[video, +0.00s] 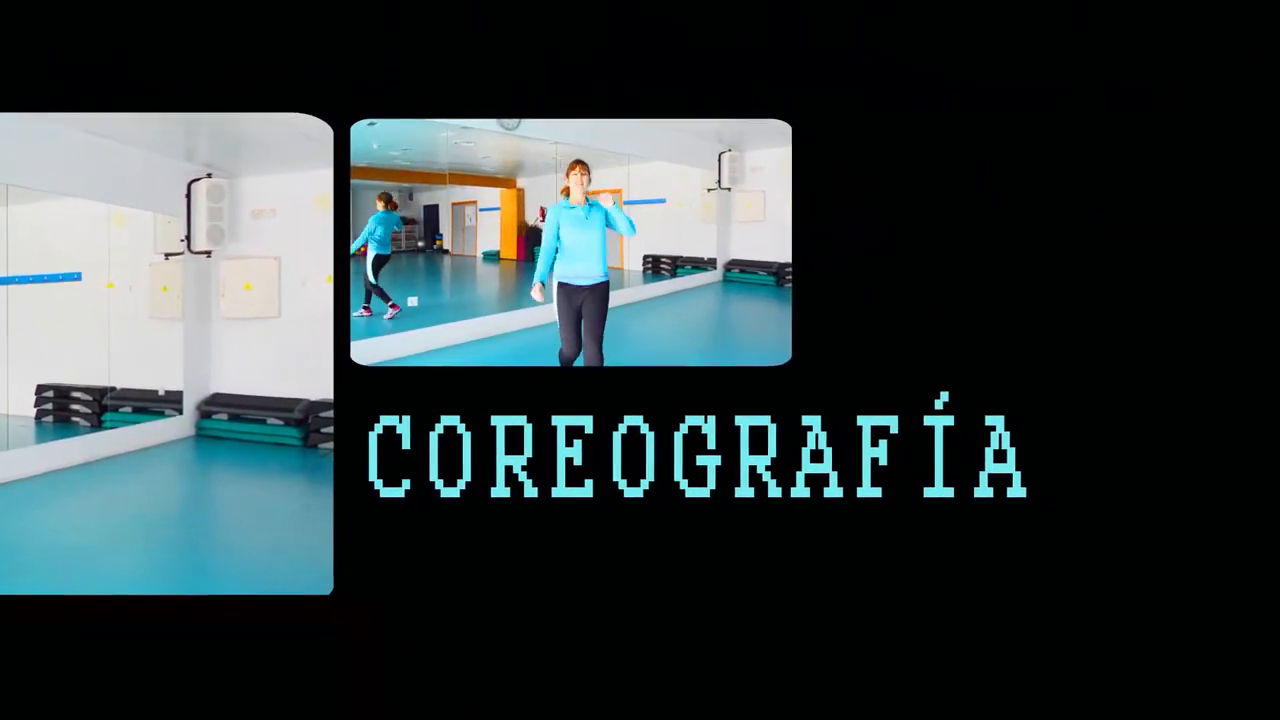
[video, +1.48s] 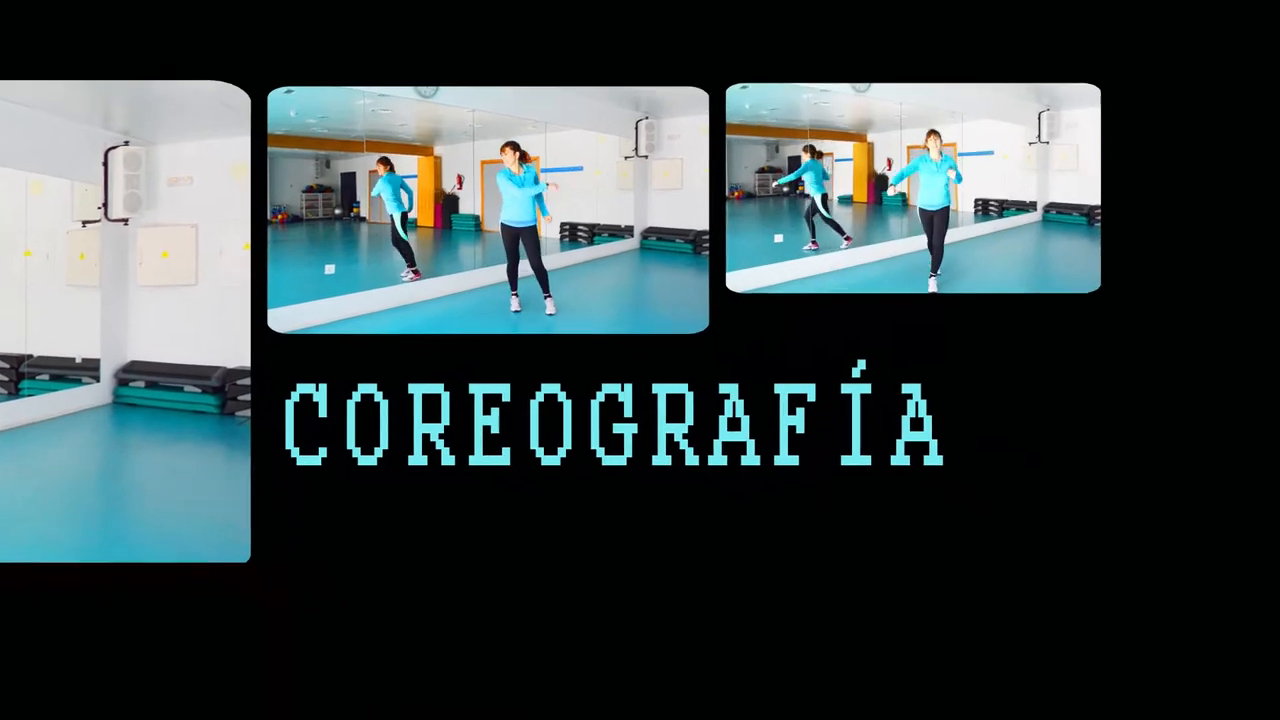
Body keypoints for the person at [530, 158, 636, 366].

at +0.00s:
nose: (579, 177)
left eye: (583, 173)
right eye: (574, 174)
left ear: (589, 179)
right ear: (567, 179)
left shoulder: (601, 209)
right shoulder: (556, 211)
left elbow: (629, 231)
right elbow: (547, 248)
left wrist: (611, 206)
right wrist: (539, 280)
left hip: (597, 286)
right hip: (566, 287)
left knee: (593, 349)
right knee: (571, 349)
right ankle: (564, 364)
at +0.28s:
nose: (578, 167)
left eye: (582, 163)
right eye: (574, 164)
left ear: (588, 168)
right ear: (567, 169)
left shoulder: (595, 198)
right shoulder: (557, 192)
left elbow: (602, 227)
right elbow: (531, 211)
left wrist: (604, 251)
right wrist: (538, 183)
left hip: (588, 266)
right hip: (560, 266)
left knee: (592, 324)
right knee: (564, 324)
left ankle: (592, 359)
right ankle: (561, 364)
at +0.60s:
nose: (572, 174)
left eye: (575, 171)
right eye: (568, 171)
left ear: (581, 174)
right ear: (562, 175)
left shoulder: (592, 199)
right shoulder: (553, 199)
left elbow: (602, 224)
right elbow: (524, 218)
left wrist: (604, 248)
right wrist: (545, 215)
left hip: (583, 261)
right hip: (558, 260)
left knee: (579, 305)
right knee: (556, 307)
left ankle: (577, 343)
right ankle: (551, 353)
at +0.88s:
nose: (560, 173)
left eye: (563, 170)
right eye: (556, 171)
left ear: (568, 174)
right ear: (551, 175)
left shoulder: (577, 197)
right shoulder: (544, 197)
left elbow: (592, 221)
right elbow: (523, 212)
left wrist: (586, 214)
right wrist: (512, 227)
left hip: (570, 253)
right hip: (549, 253)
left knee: (565, 296)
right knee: (554, 293)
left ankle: (560, 336)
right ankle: (559, 318)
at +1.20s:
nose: (537, 164)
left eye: (539, 161)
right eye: (533, 162)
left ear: (544, 163)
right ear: (528, 166)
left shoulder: (553, 184)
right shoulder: (523, 187)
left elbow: (557, 207)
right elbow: (523, 217)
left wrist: (561, 224)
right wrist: (550, 219)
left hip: (549, 235)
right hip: (529, 236)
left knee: (550, 274)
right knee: (534, 273)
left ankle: (552, 313)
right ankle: (536, 308)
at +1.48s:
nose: (503, 158)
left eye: (506, 154)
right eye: (502, 154)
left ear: (516, 154)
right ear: (503, 157)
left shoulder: (530, 171)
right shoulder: (502, 175)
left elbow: (537, 193)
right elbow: (518, 192)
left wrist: (545, 212)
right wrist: (544, 186)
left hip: (529, 224)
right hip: (508, 225)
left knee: (536, 262)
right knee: (512, 261)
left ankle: (548, 297)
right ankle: (514, 296)